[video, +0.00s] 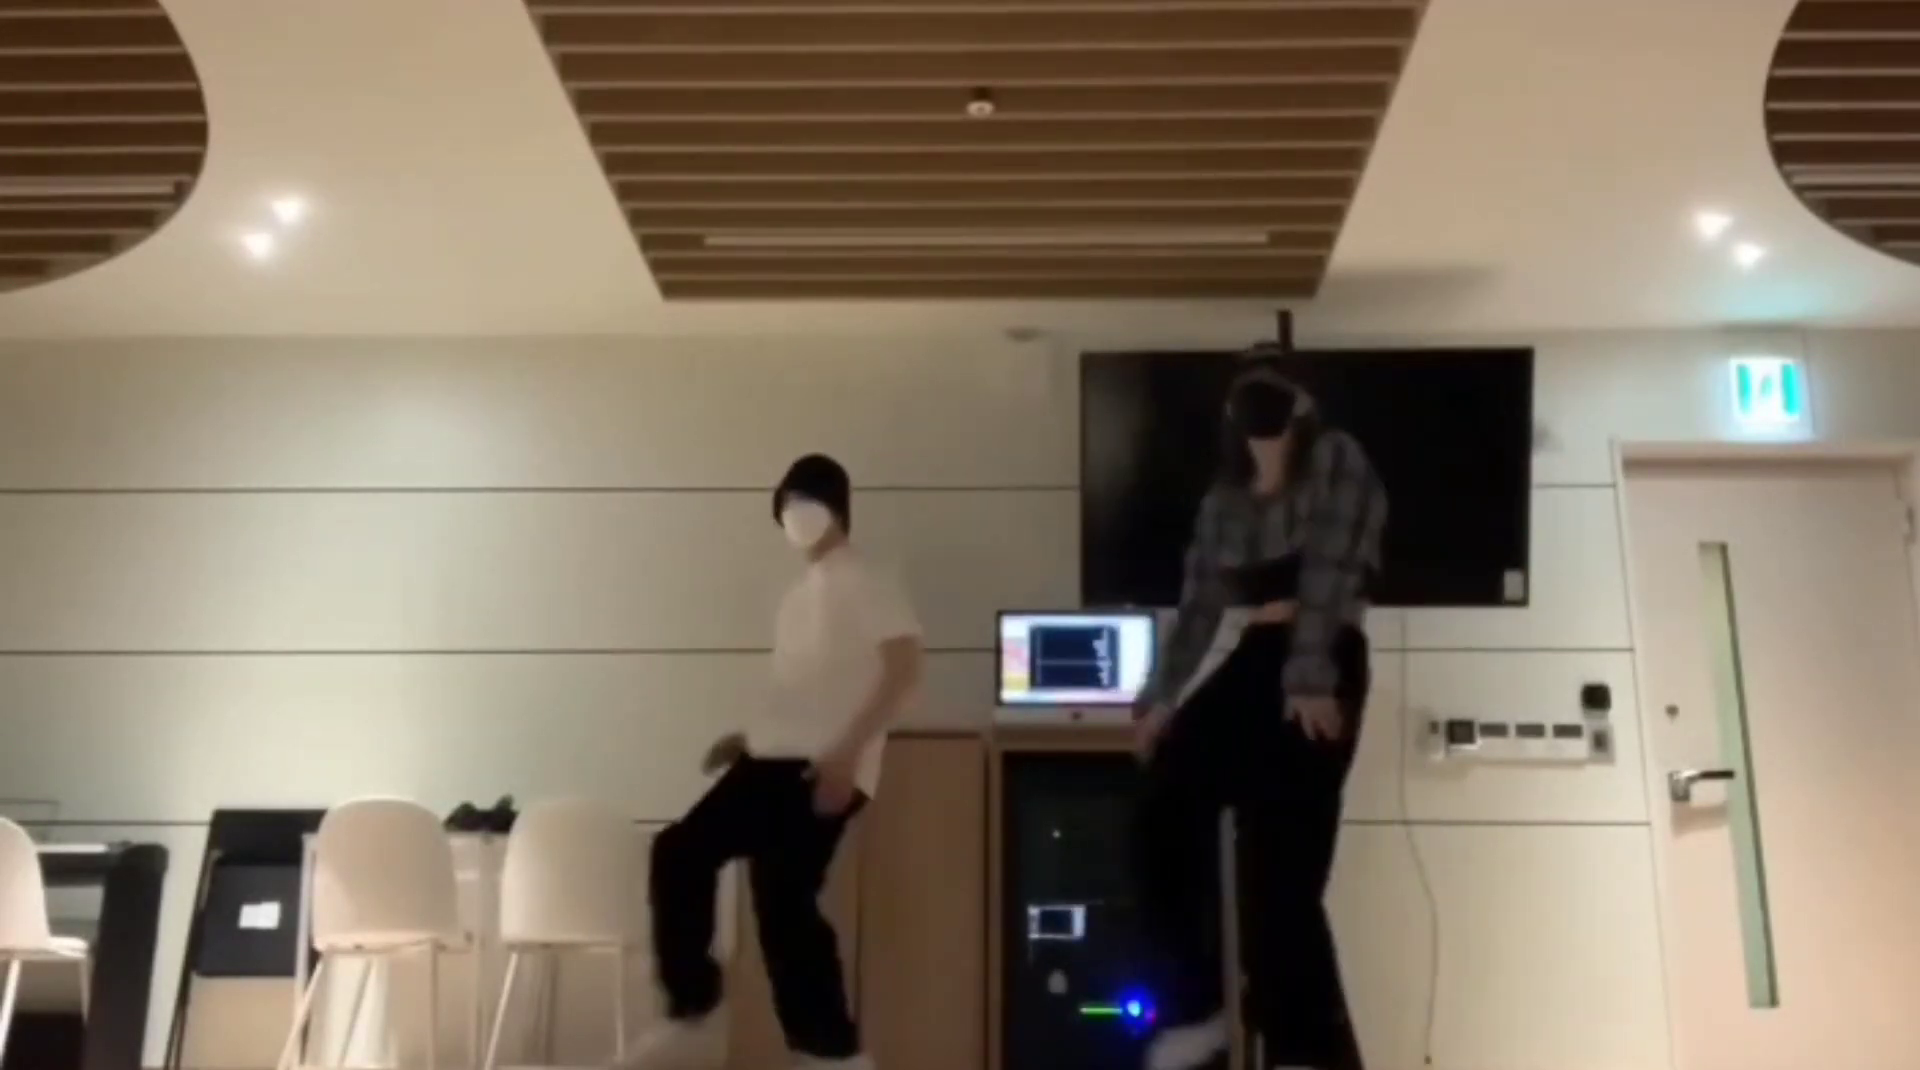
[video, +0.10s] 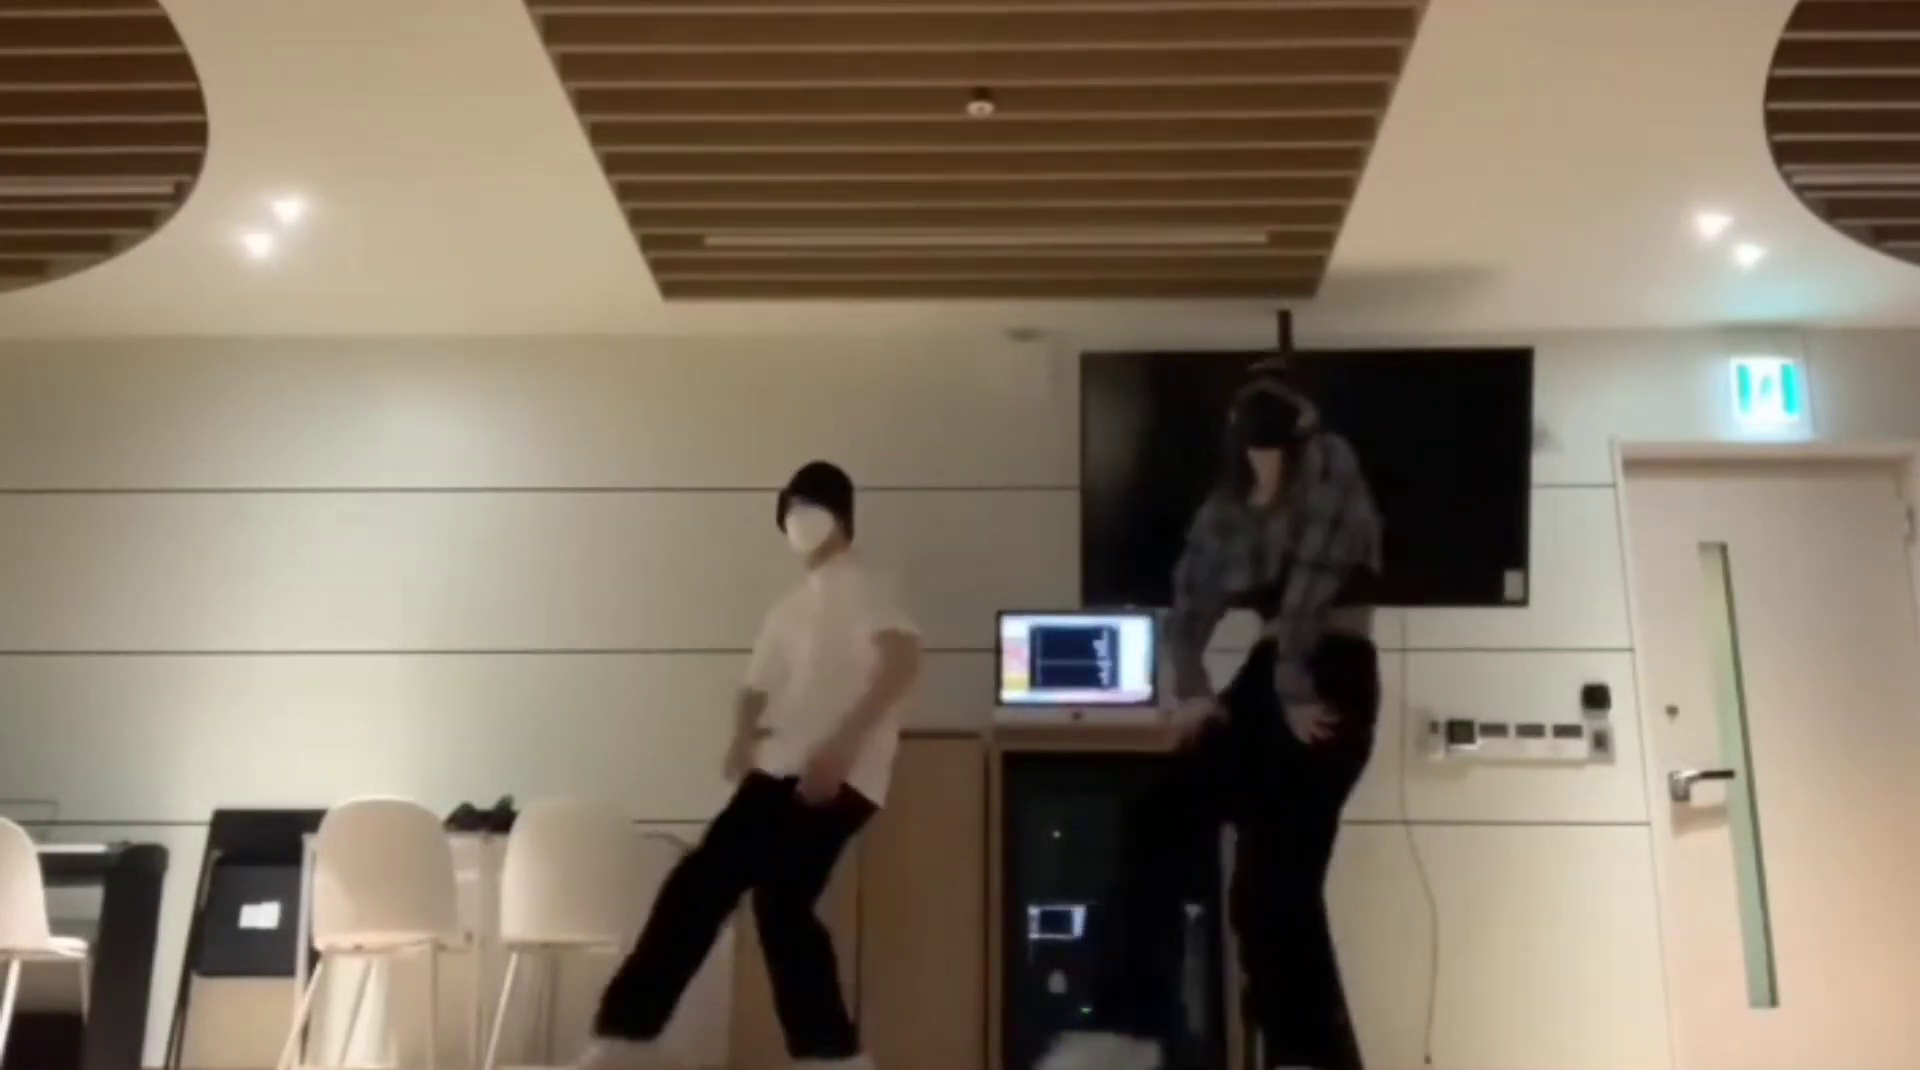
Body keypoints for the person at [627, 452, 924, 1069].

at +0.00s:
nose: (794, 519)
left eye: (805, 504)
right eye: (786, 508)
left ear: (834, 508)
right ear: (781, 519)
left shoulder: (867, 579)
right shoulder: (799, 592)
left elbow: (903, 667)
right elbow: (799, 686)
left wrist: (845, 758)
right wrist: (748, 740)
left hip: (819, 773)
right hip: (766, 766)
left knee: (785, 897)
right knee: (678, 853)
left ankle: (830, 1050)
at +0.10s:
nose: (800, 525)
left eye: (812, 510)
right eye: (791, 514)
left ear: (841, 516)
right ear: (784, 526)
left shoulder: (868, 583)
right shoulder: (790, 607)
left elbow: (900, 658)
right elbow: (758, 684)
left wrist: (838, 750)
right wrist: (743, 739)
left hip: (840, 779)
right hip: (779, 773)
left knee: (783, 903)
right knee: (696, 887)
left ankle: (830, 1054)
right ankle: (625, 1033)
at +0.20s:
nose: (812, 513)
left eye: (826, 500)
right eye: (802, 502)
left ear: (853, 510)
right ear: (792, 514)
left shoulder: (870, 574)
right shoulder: (784, 595)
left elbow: (904, 646)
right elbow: (751, 682)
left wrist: (835, 730)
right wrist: (757, 749)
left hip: (850, 776)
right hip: (785, 777)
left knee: (777, 908)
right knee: (727, 914)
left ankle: (832, 1056)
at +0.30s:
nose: (822, 495)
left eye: (835, 481)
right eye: (811, 485)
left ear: (861, 493)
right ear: (798, 498)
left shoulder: (888, 561)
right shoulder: (780, 578)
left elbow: (899, 643)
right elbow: (759, 671)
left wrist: (831, 731)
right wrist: (758, 743)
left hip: (855, 772)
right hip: (781, 775)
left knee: (797, 908)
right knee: (734, 915)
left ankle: (830, 1052)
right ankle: (681, 1048)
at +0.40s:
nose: (824, 492)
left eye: (837, 479)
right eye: (813, 481)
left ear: (863, 490)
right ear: (798, 495)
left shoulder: (887, 557)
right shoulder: (780, 576)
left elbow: (902, 641)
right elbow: (767, 671)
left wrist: (832, 728)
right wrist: (761, 745)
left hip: (857, 767)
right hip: (784, 771)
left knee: (806, 905)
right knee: (744, 909)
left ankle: (832, 1051)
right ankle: (701, 1046)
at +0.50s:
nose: (831, 488)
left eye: (844, 474)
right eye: (819, 478)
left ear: (869, 485)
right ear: (806, 490)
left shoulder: (893, 556)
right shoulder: (793, 568)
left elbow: (911, 644)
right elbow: (771, 654)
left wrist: (835, 706)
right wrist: (764, 718)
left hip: (855, 751)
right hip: (786, 755)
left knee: (840, 894)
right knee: (792, 894)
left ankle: (834, 1043)